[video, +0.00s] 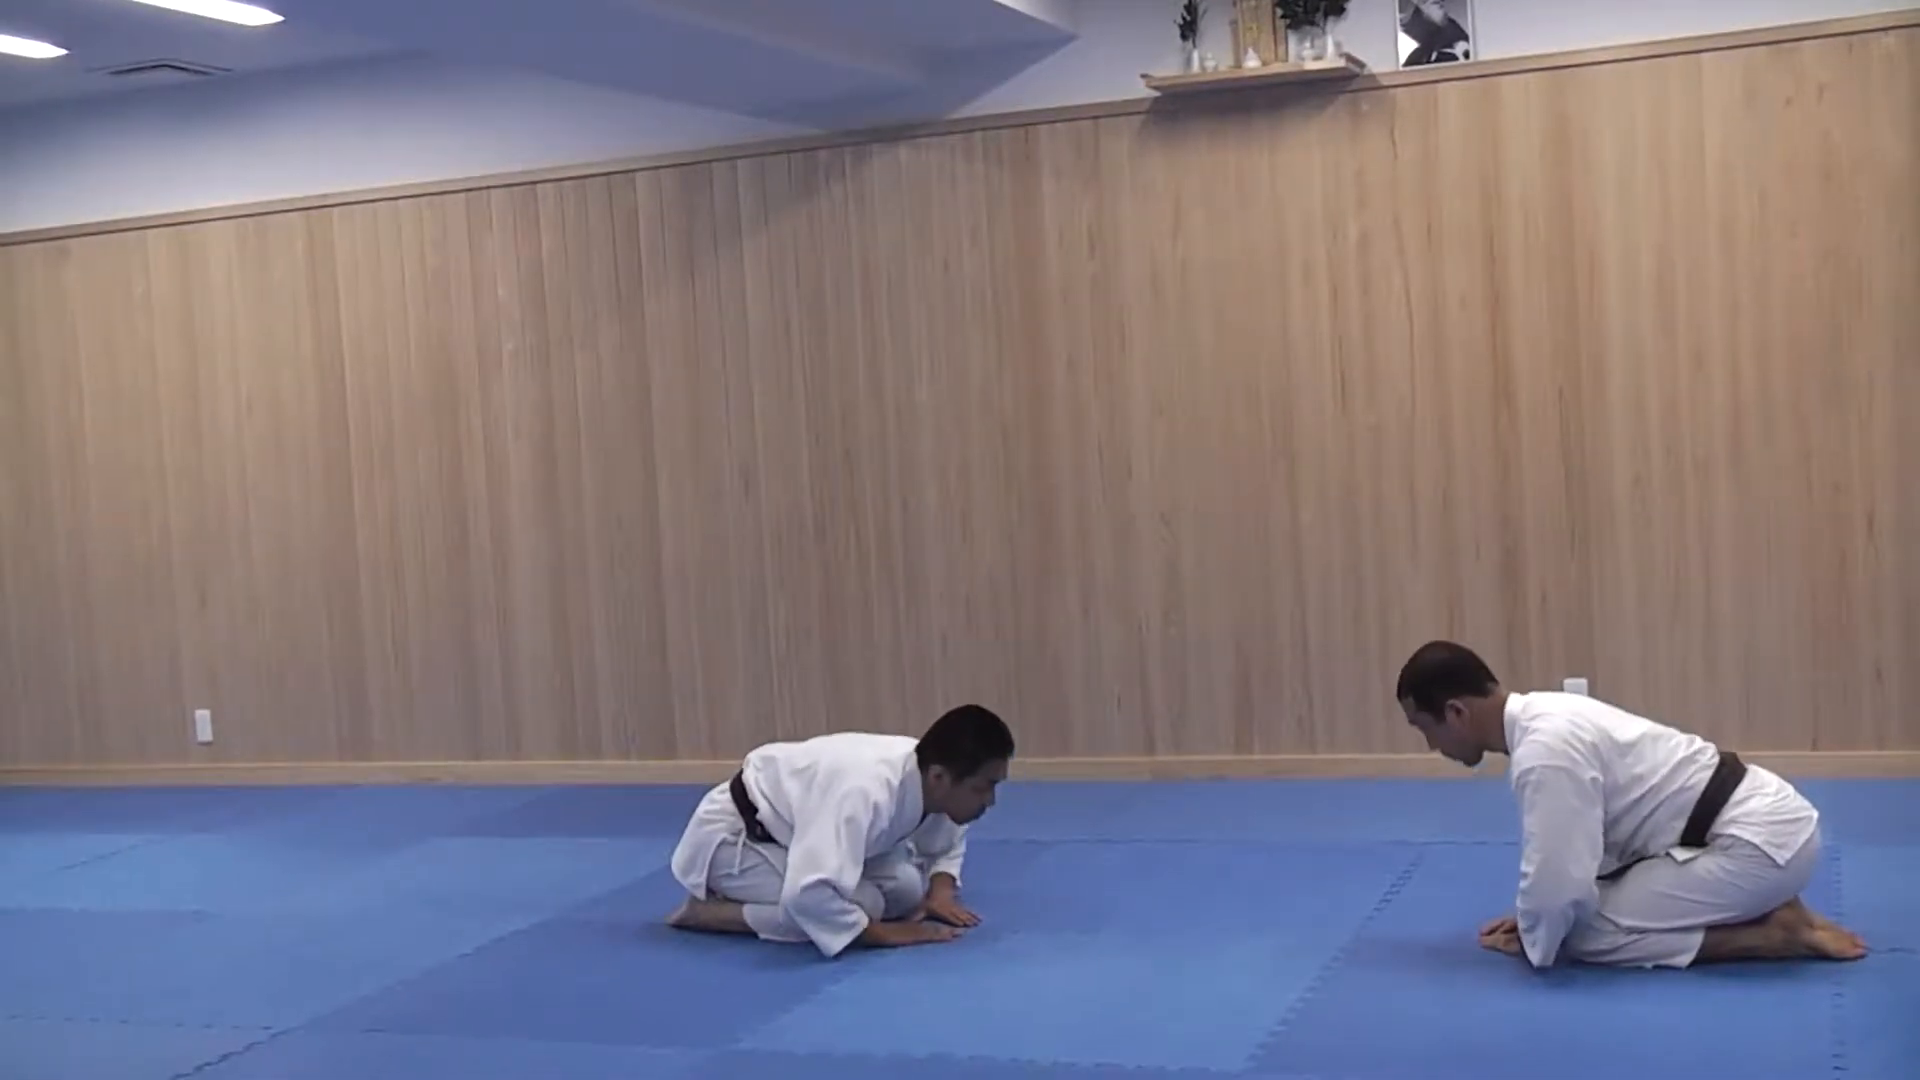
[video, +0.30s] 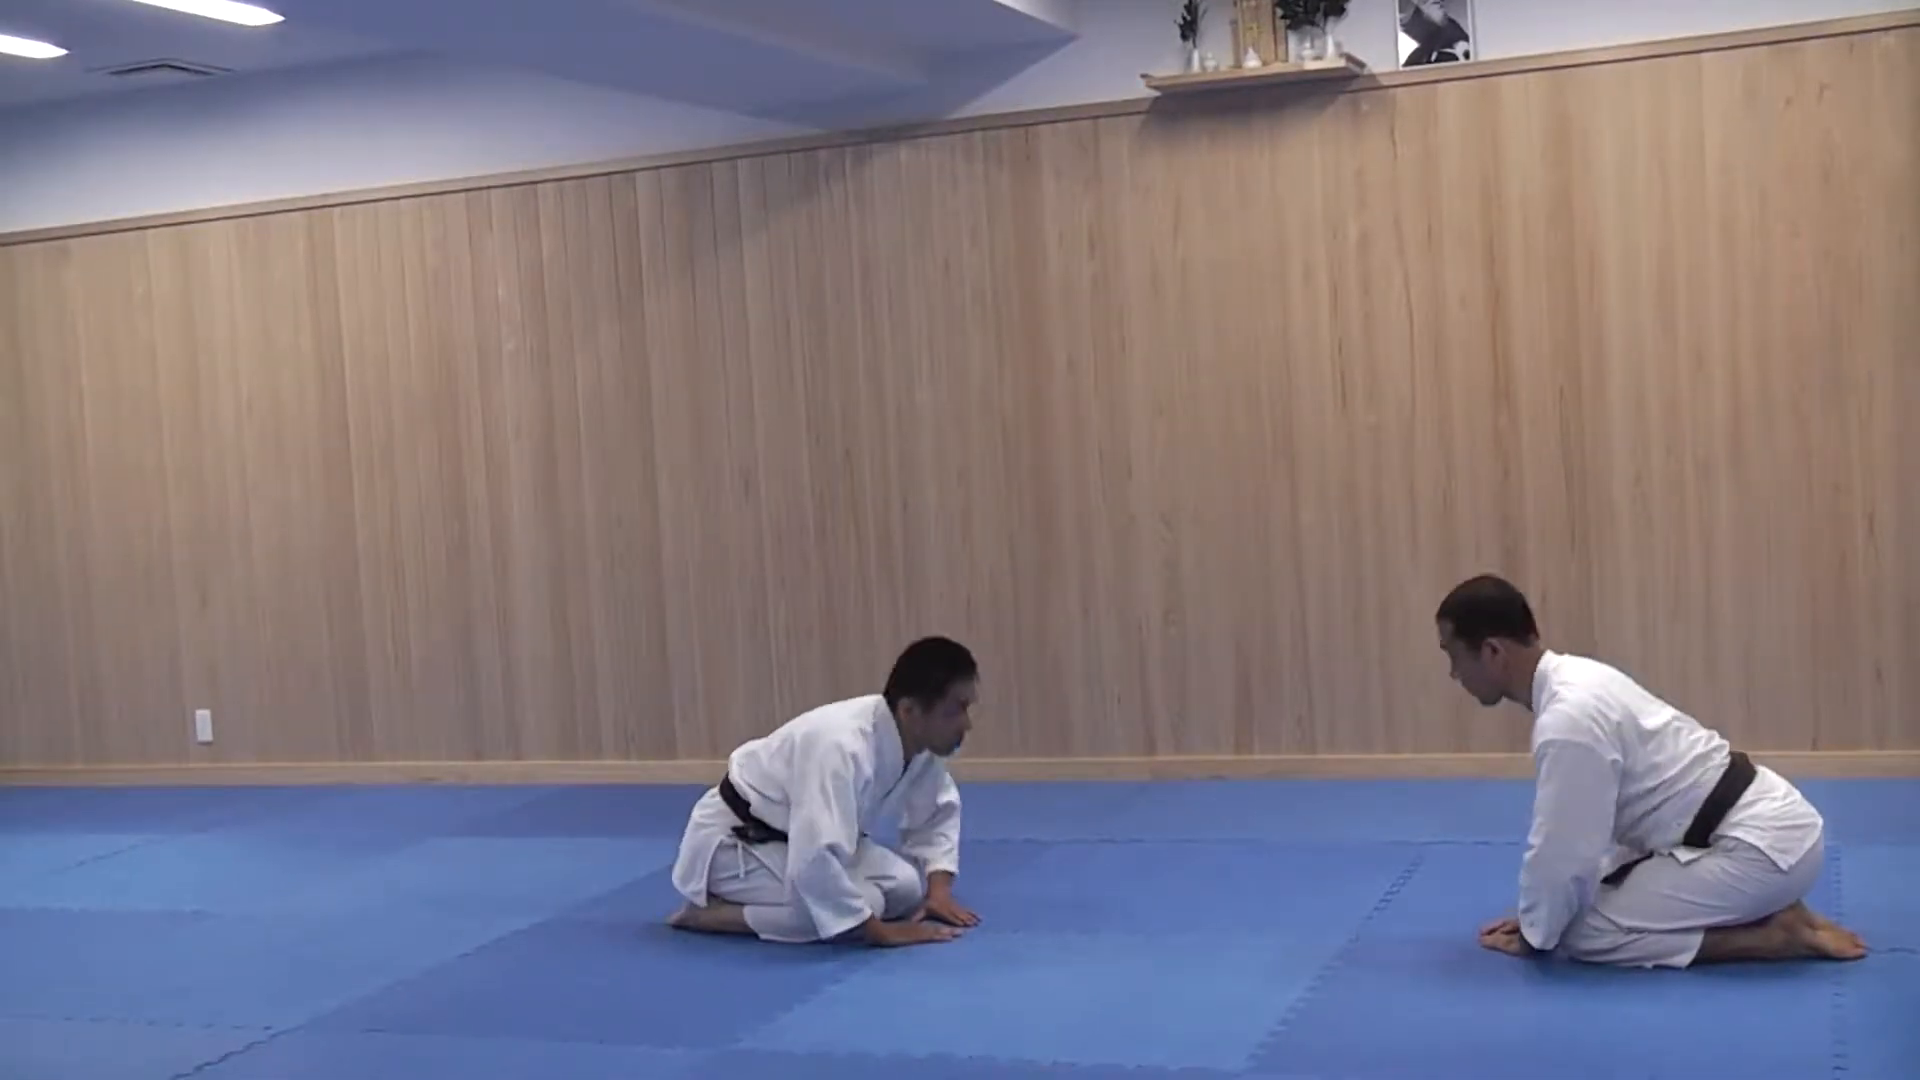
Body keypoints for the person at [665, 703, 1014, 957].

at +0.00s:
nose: (991, 801)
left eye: (995, 787)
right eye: (986, 788)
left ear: (940, 776)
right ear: (939, 778)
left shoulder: (937, 784)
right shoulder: (862, 789)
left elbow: (946, 840)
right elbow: (811, 894)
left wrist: (942, 891)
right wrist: (884, 933)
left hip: (798, 824)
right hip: (732, 838)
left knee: (906, 886)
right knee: (860, 906)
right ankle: (708, 914)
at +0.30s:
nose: (968, 723)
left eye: (968, 709)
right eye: (958, 711)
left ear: (911, 712)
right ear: (909, 711)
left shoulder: (917, 741)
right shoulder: (838, 743)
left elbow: (939, 810)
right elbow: (812, 864)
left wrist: (939, 892)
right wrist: (880, 933)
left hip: (800, 833)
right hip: (731, 845)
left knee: (903, 886)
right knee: (860, 907)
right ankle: (714, 916)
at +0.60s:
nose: (914, 654)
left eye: (914, 640)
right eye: (901, 642)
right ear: (854, 649)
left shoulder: (887, 702)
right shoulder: (802, 711)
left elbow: (908, 796)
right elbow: (817, 828)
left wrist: (937, 893)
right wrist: (880, 929)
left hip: (796, 835)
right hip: (731, 847)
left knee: (902, 885)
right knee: (845, 913)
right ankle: (716, 918)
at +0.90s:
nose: (896, 635)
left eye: (896, 621)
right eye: (881, 624)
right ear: (835, 632)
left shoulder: (876, 692)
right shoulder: (787, 698)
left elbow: (898, 793)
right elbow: (814, 819)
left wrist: (935, 889)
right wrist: (884, 914)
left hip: (796, 836)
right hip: (732, 847)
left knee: (902, 884)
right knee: (853, 910)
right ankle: (720, 920)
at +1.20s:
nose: (870, 617)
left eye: (871, 603)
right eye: (855, 606)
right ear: (809, 614)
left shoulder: (859, 687)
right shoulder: (755, 678)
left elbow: (889, 786)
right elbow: (719, 787)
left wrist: (934, 884)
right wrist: (812, 836)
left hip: (790, 832)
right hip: (726, 848)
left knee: (903, 884)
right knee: (853, 910)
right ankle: (712, 916)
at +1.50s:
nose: (825, 597)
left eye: (825, 585)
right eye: (811, 587)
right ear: (765, 597)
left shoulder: (828, 673)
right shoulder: (715, 671)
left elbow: (876, 767)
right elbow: (664, 775)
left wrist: (932, 857)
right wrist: (745, 840)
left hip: (793, 831)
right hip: (724, 847)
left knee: (901, 885)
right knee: (852, 909)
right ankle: (711, 917)